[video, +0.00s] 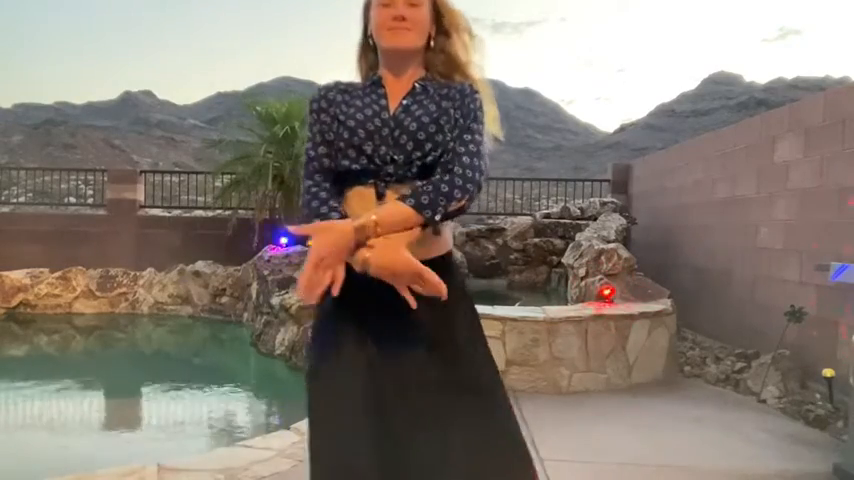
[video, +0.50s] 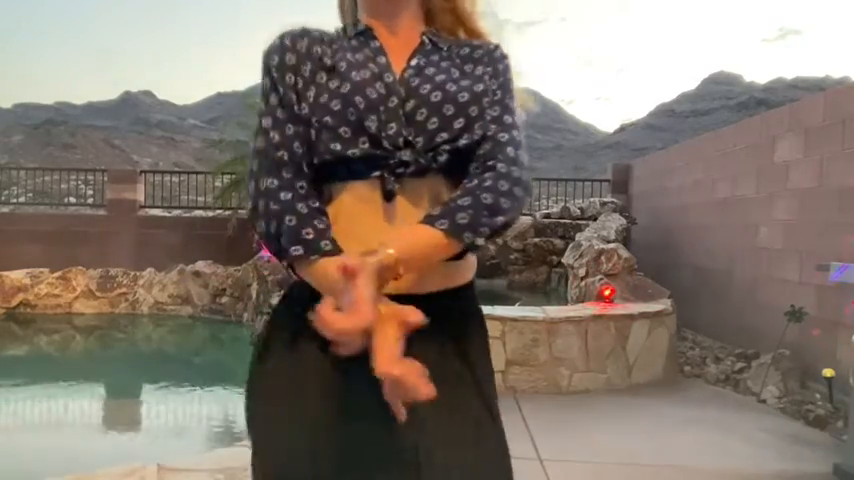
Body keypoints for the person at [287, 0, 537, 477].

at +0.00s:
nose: (399, 9)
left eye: (414, 2)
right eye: (386, 2)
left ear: (434, 24)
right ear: (368, 20)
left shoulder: (457, 97)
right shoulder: (331, 101)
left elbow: (462, 182)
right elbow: (315, 189)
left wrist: (358, 229)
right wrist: (365, 249)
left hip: (432, 289)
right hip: (350, 291)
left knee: (454, 450)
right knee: (350, 450)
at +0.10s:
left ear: (433, 11)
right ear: (361, 8)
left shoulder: (457, 89)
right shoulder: (322, 95)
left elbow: (452, 187)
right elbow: (307, 196)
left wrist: (345, 235)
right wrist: (353, 256)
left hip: (426, 297)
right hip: (338, 304)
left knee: (443, 459)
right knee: (346, 461)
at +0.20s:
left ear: (429, 4)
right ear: (359, 4)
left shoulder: (459, 80)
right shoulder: (314, 84)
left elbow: (452, 183)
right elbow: (301, 190)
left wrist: (342, 244)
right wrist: (341, 275)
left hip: (419, 301)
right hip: (325, 304)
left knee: (438, 459)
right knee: (336, 462)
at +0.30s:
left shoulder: (465, 76)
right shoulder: (306, 77)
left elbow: (458, 188)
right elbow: (290, 190)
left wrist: (341, 256)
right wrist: (338, 281)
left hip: (421, 311)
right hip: (320, 310)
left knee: (443, 468)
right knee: (330, 469)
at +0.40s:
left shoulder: (473, 71)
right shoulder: (302, 74)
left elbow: (477, 190)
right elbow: (284, 195)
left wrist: (349, 267)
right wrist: (356, 294)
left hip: (432, 329)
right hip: (316, 332)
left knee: (450, 470)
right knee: (322, 471)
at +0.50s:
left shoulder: (481, 62)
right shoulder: (298, 54)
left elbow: (502, 185)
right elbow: (277, 186)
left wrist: (383, 266)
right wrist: (358, 299)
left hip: (442, 334)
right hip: (317, 331)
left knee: (465, 469)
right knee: (299, 468)